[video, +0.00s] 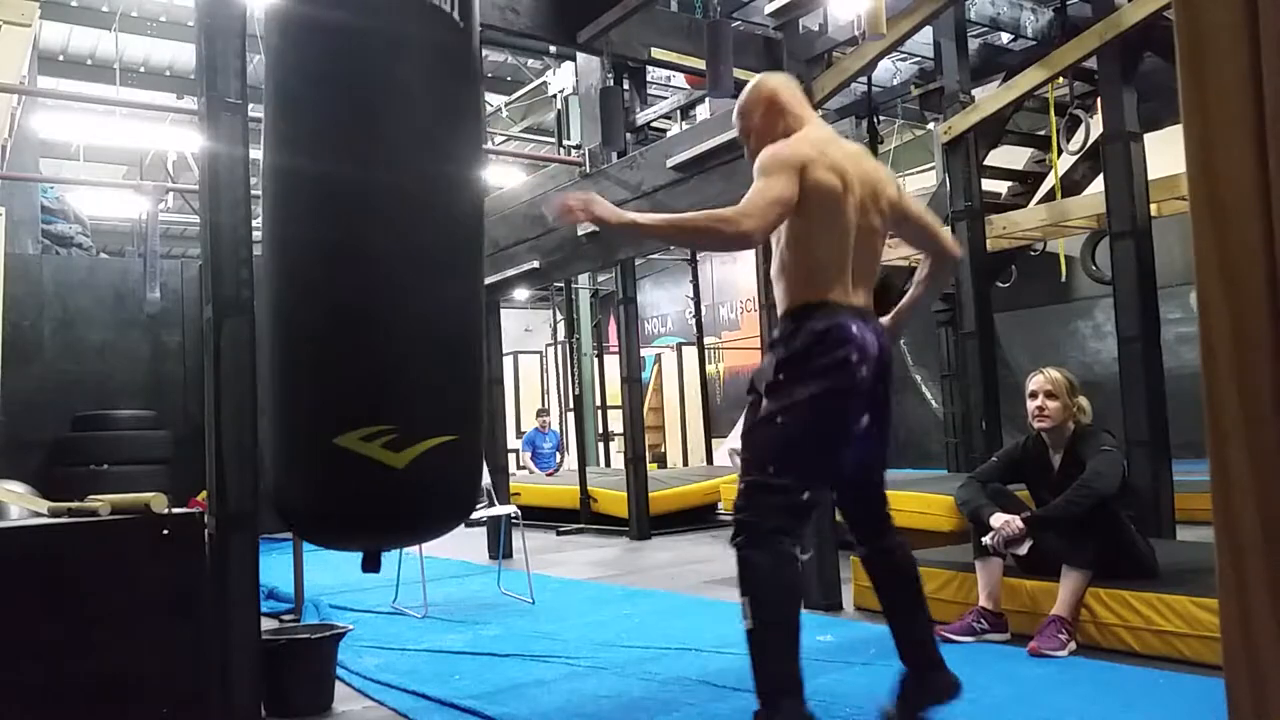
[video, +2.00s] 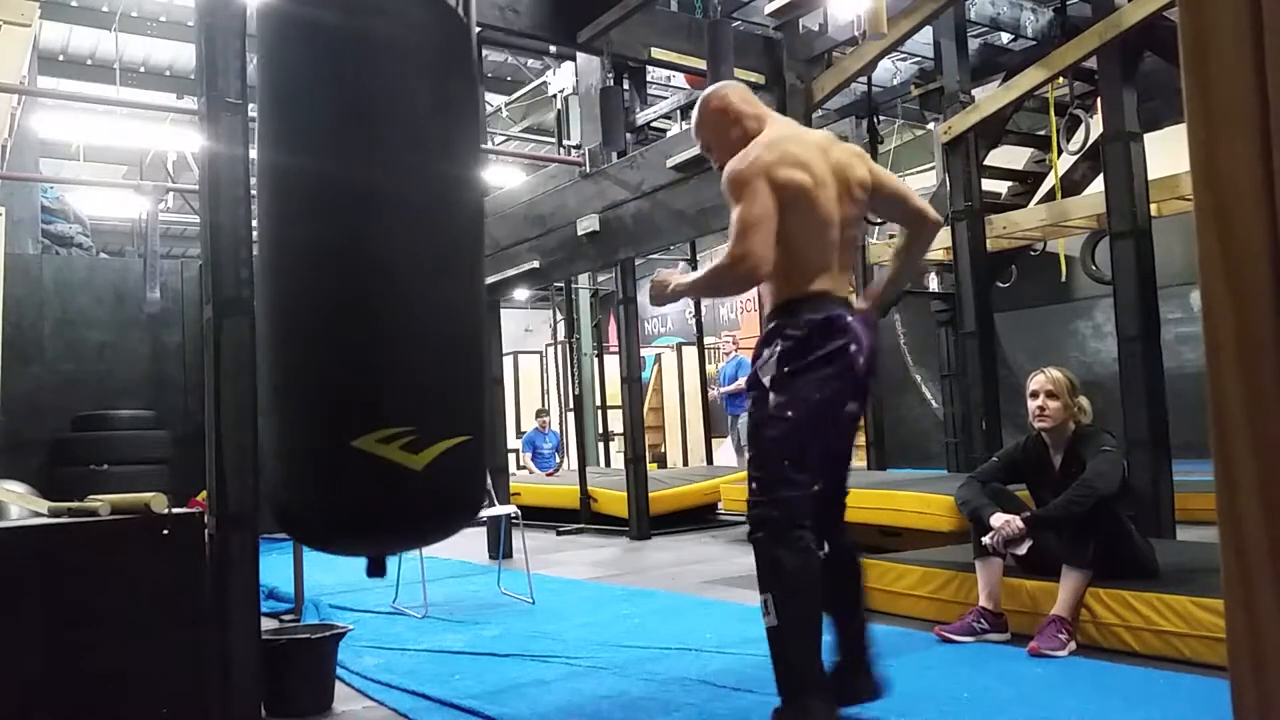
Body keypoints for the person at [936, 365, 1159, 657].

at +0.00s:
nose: (1040, 404)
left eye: (1051, 396)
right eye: (1033, 397)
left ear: (1071, 405)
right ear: (1026, 406)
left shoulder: (1097, 441)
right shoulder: (1026, 449)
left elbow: (1100, 485)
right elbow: (967, 488)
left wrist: (1027, 522)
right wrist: (993, 517)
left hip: (1118, 560)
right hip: (1058, 557)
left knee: (1092, 505)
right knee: (989, 495)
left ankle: (1061, 621)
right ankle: (989, 612)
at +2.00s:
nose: (1041, 404)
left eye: (1052, 396)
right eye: (1034, 396)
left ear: (1072, 406)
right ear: (1026, 405)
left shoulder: (1098, 443)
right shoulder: (1026, 449)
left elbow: (1100, 485)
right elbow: (968, 488)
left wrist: (1026, 522)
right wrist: (992, 516)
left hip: (1118, 559)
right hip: (1059, 556)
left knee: (1088, 505)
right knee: (988, 495)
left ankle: (1061, 621)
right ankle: (989, 612)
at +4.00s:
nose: (1042, 404)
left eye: (1052, 397)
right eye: (1035, 396)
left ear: (1072, 406)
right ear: (1027, 405)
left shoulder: (1098, 442)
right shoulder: (1027, 448)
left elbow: (1099, 486)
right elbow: (967, 488)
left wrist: (1027, 523)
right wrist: (993, 517)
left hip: (1117, 559)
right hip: (1058, 556)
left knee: (1090, 505)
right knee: (988, 496)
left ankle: (1061, 621)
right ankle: (989, 612)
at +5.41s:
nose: (1043, 393)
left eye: (1054, 385)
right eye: (1036, 386)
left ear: (1074, 393)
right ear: (1030, 395)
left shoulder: (1100, 440)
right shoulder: (1030, 445)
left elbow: (1100, 482)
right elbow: (969, 482)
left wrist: (1023, 518)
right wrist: (991, 509)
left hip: (1114, 559)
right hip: (1053, 555)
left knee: (1092, 501)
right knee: (987, 495)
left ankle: (1061, 621)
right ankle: (989, 612)